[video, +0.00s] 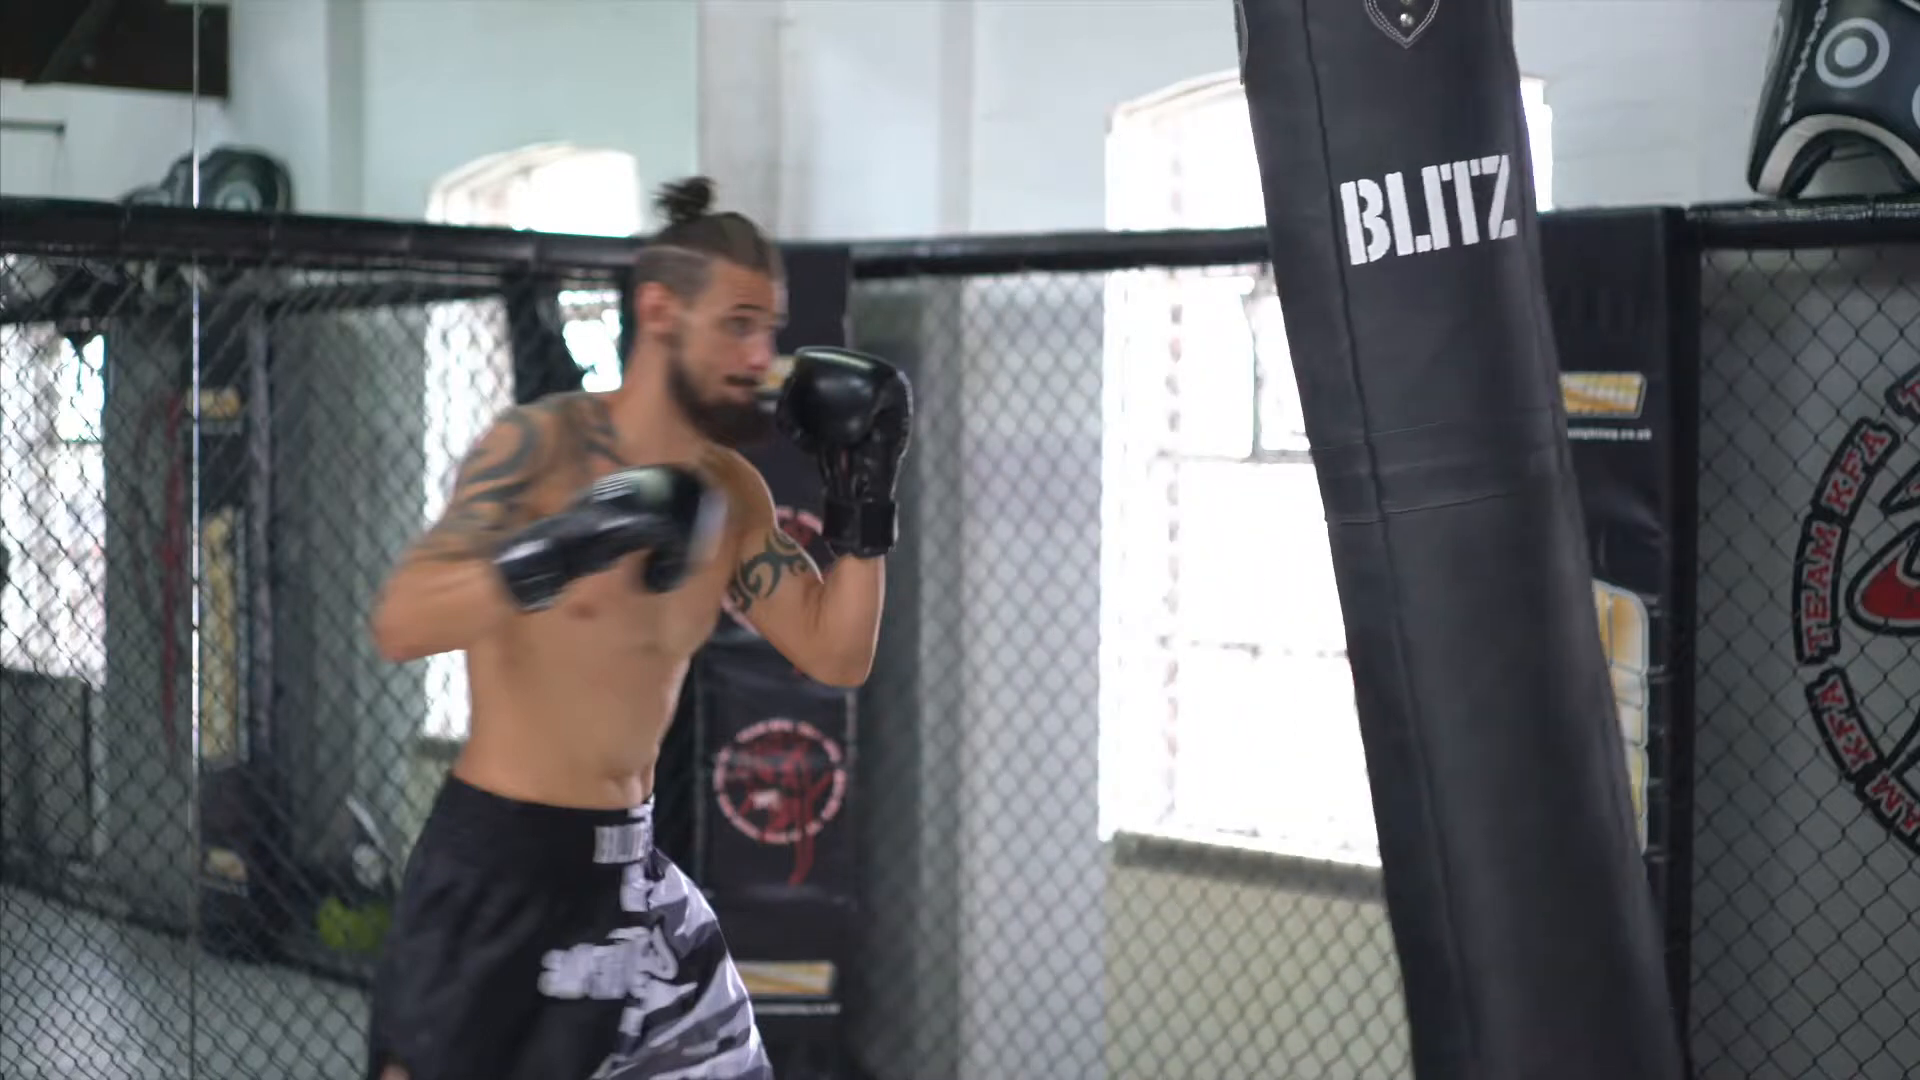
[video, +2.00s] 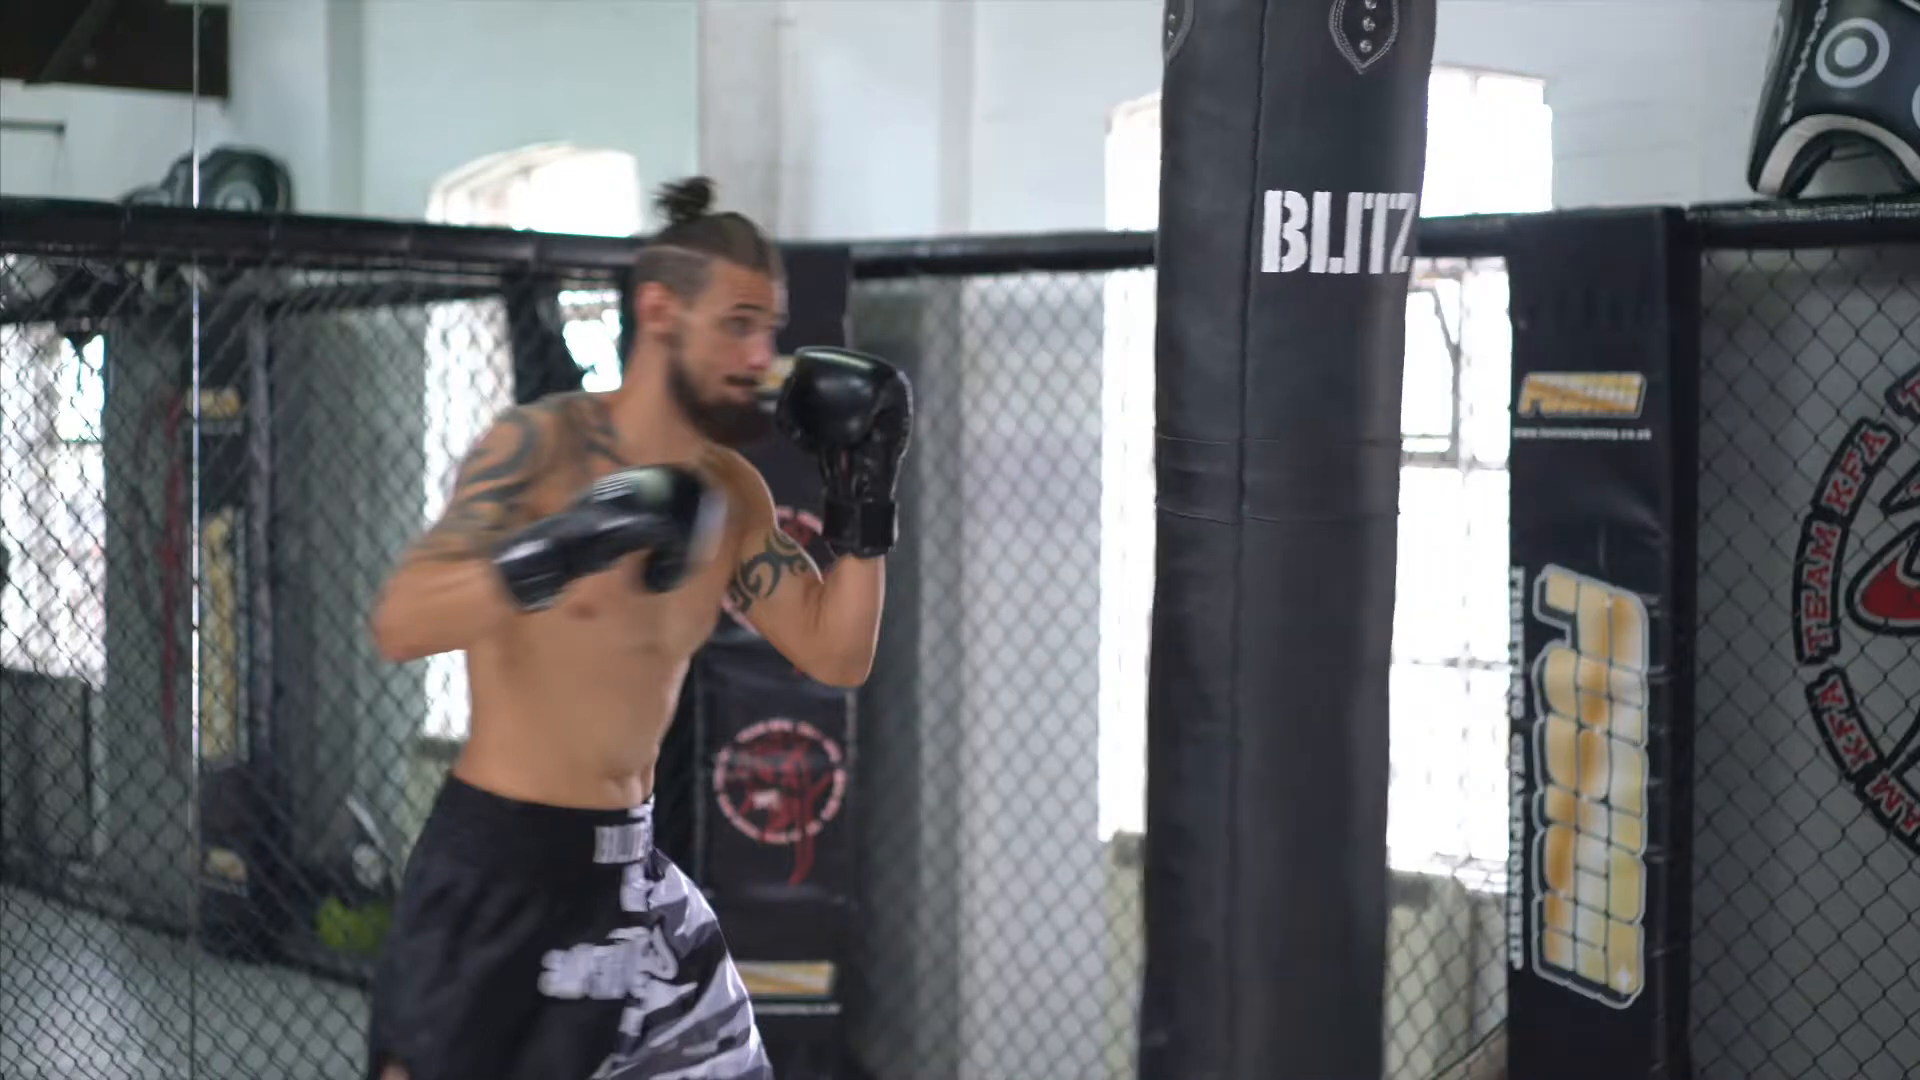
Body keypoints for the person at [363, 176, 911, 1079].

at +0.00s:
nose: (762, 358)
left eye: (772, 332)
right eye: (739, 326)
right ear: (656, 310)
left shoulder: (733, 492)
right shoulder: (540, 439)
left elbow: (839, 655)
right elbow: (401, 623)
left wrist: (865, 483)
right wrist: (568, 547)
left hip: (636, 867)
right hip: (500, 866)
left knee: (732, 1066)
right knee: (442, 1065)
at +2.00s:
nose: (762, 358)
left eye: (772, 331)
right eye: (739, 325)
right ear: (656, 310)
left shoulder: (734, 493)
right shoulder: (539, 440)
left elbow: (839, 655)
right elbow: (401, 623)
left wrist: (864, 483)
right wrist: (569, 547)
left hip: (636, 868)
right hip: (500, 866)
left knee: (732, 1066)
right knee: (442, 1065)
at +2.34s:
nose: (762, 357)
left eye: (772, 331)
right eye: (739, 325)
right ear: (656, 310)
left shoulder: (733, 493)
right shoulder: (539, 440)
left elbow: (839, 655)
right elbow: (400, 623)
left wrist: (865, 483)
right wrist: (570, 546)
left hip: (636, 868)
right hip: (499, 866)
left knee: (732, 1066)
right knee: (442, 1065)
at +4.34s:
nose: (762, 358)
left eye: (772, 331)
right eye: (739, 325)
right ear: (656, 309)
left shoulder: (733, 492)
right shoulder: (537, 441)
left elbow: (839, 655)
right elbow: (400, 623)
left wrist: (865, 480)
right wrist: (568, 547)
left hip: (636, 866)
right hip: (500, 865)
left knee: (732, 1066)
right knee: (441, 1065)